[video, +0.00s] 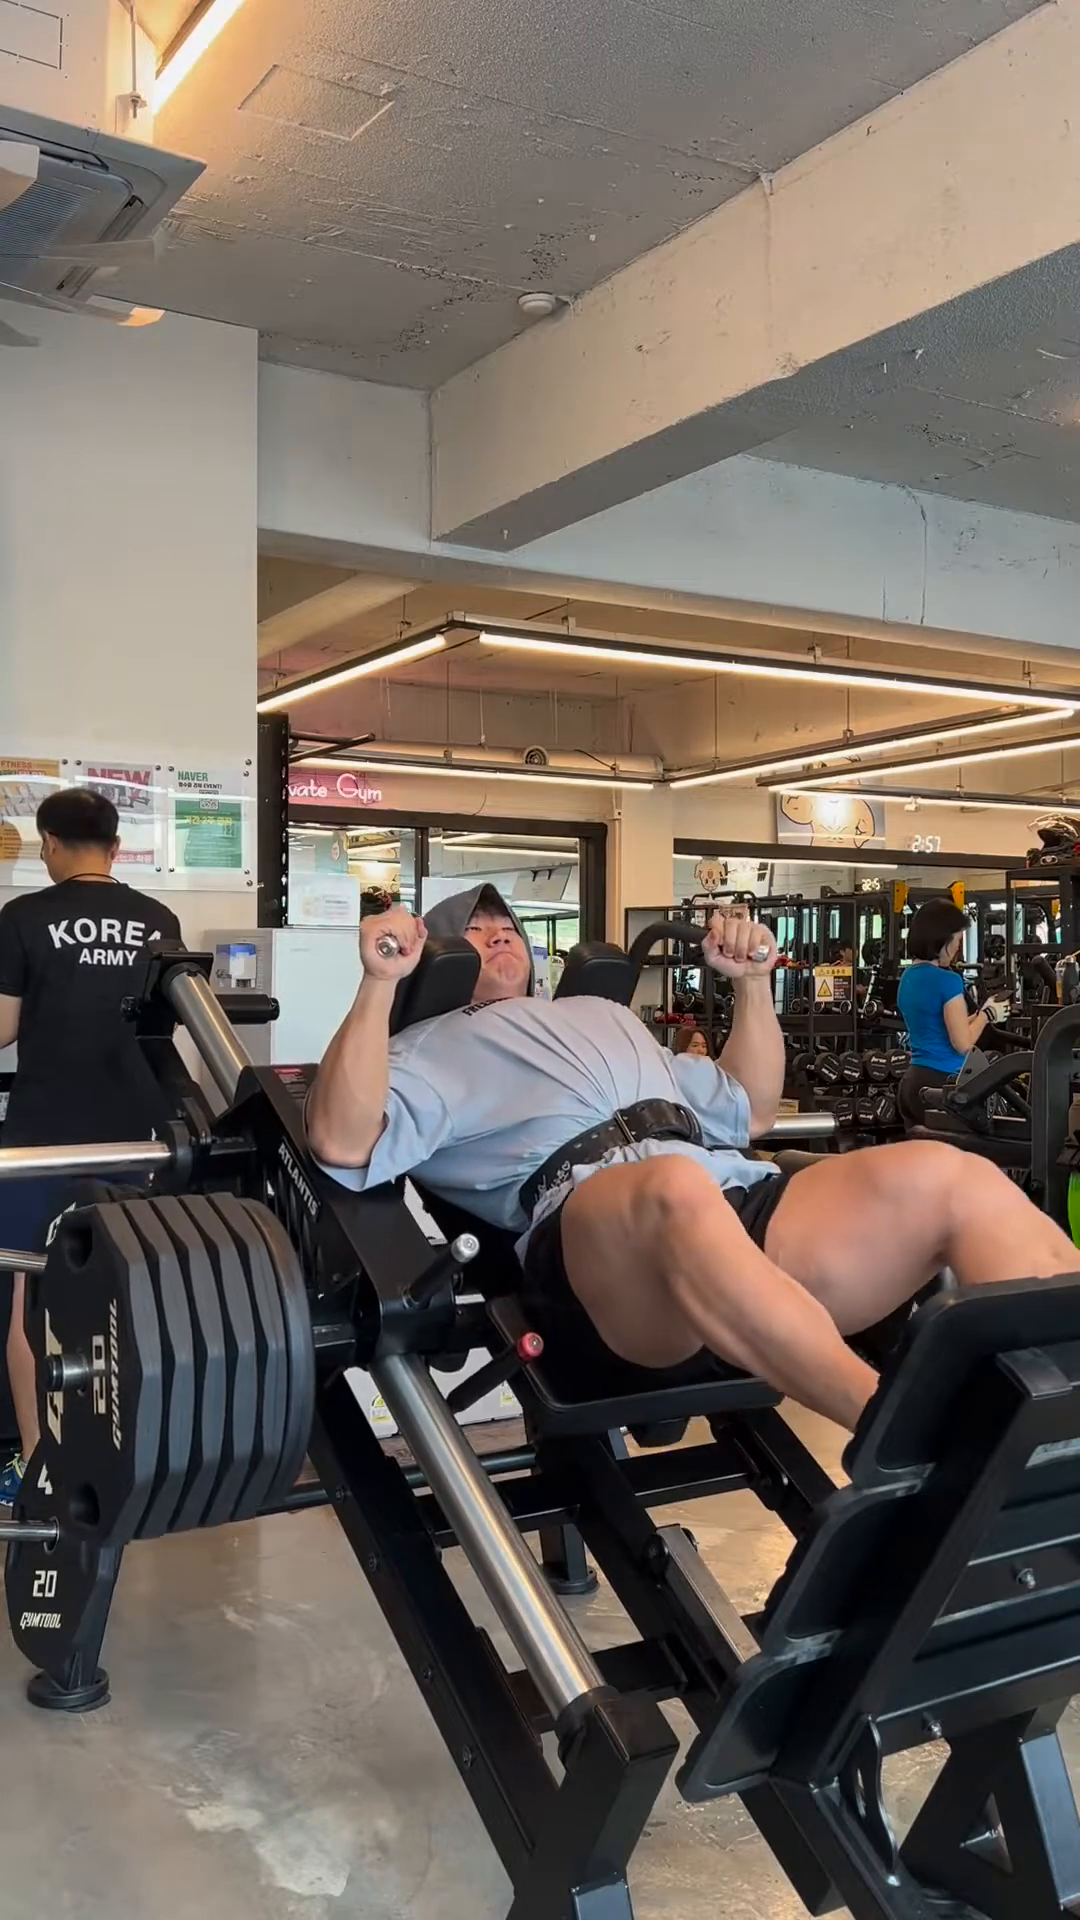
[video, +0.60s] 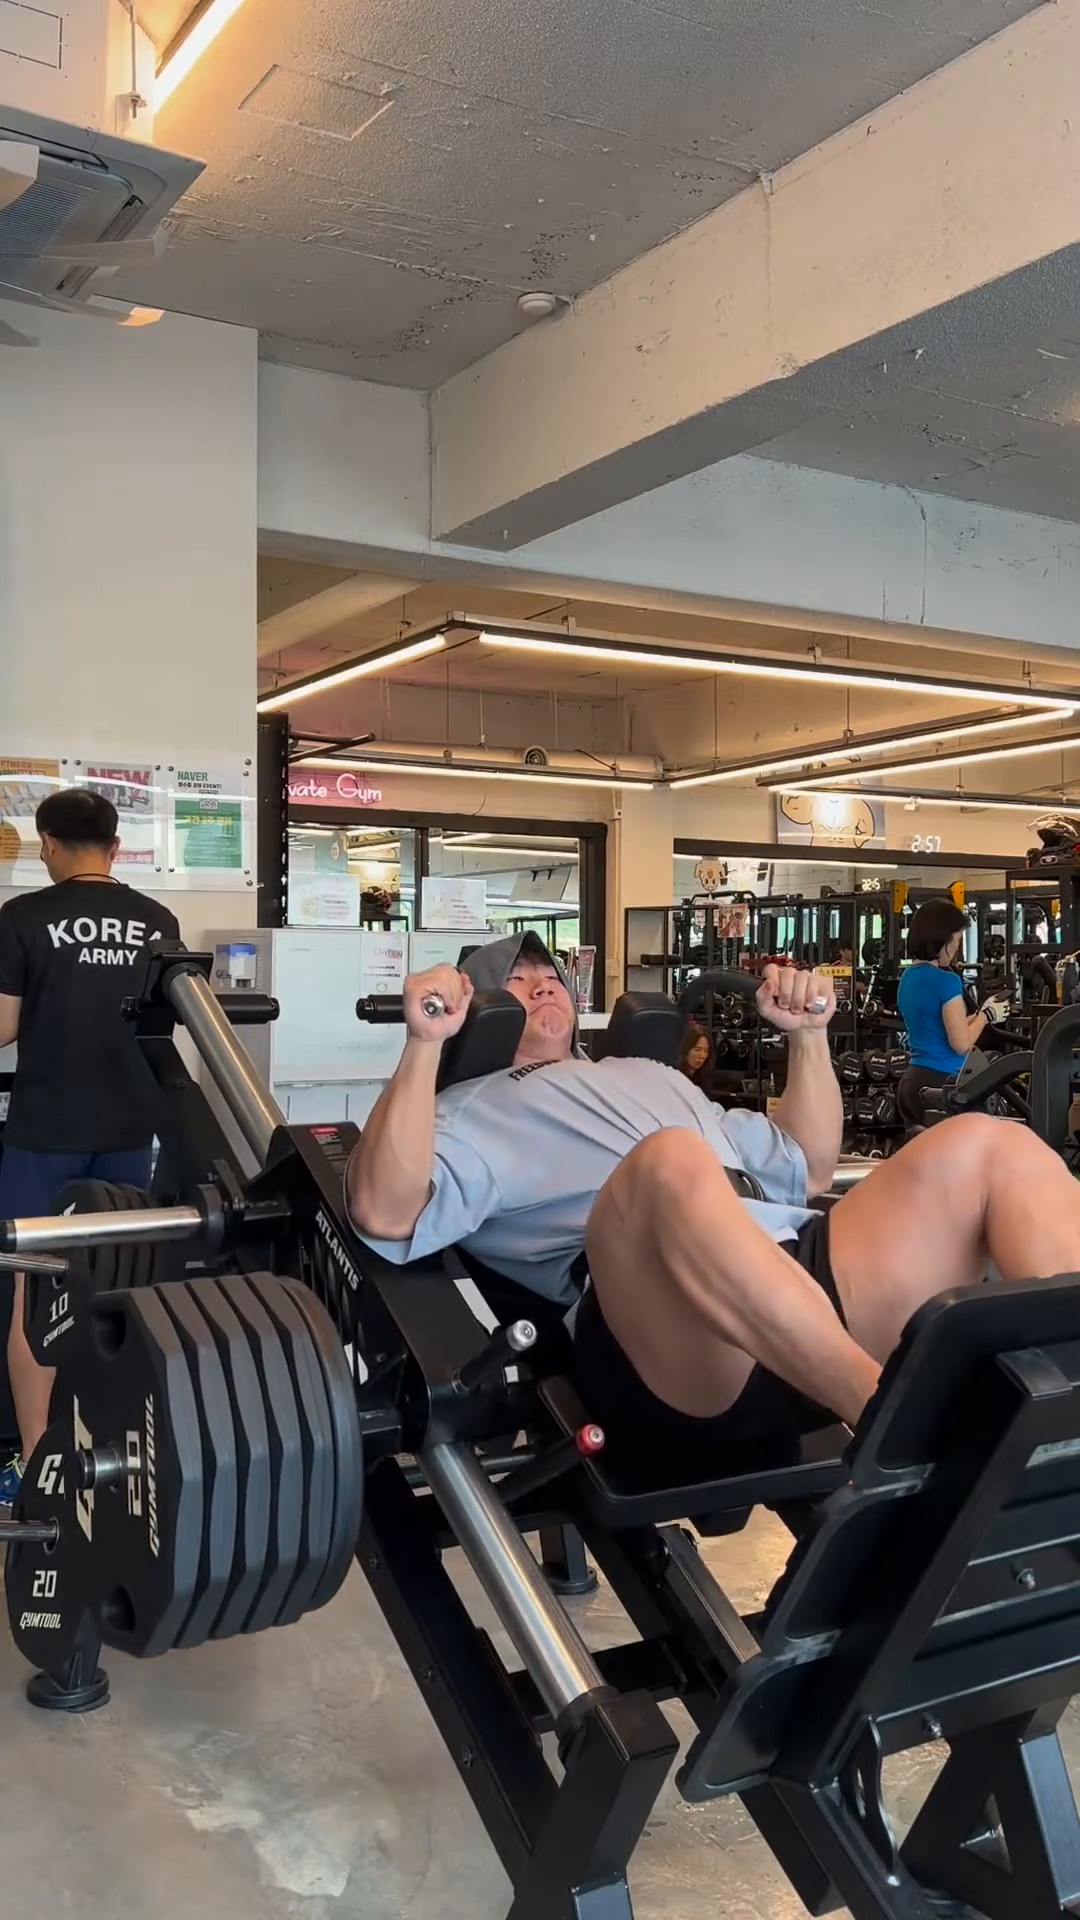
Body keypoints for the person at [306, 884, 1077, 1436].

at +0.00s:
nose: (498, 938)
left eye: (507, 928)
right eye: (474, 935)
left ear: (530, 951)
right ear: (443, 974)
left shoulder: (606, 1021)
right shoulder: (433, 1053)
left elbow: (750, 1107)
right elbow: (342, 1142)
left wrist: (750, 982)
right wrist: (377, 987)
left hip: (745, 1217)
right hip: (590, 1266)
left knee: (950, 1177)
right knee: (672, 1190)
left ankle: (1076, 1383)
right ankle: (898, 1428)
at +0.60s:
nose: (540, 984)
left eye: (547, 973)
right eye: (516, 978)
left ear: (571, 1003)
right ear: (477, 1024)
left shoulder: (654, 1078)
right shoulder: (470, 1115)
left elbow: (804, 1170)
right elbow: (383, 1216)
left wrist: (806, 1035)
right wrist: (424, 1047)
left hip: (813, 1307)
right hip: (663, 1370)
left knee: (995, 1153)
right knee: (671, 1166)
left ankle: (1068, 1391)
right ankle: (886, 1412)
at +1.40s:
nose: (605, 1053)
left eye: (610, 1039)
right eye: (574, 1043)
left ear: (634, 1070)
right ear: (534, 1082)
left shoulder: (727, 1164)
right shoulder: (529, 1207)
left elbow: (879, 1238)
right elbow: (446, 1324)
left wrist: (889, 1117)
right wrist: (491, 1136)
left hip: (892, 1372)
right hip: (751, 1465)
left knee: (1011, 1146)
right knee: (669, 1169)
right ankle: (887, 1412)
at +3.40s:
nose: (587, 1030)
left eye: (592, 1017)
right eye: (557, 1022)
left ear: (616, 1050)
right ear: (516, 1062)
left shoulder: (685, 1147)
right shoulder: (513, 1179)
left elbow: (857, 1219)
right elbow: (428, 1289)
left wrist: (864, 1094)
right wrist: (475, 1110)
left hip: (878, 1400)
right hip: (727, 1450)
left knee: (992, 1140)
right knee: (691, 1143)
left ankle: (1070, 1396)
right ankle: (898, 1407)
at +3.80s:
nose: (544, 980)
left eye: (552, 972)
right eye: (521, 975)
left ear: (576, 1003)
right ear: (486, 1018)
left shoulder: (646, 1084)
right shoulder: (470, 1120)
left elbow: (808, 1167)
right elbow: (385, 1215)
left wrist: (806, 1038)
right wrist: (427, 1047)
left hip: (811, 1307)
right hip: (667, 1367)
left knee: (994, 1137)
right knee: (682, 1150)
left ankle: (1074, 1377)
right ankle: (894, 1414)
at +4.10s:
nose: (508, 934)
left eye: (514, 927)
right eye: (486, 929)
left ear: (534, 958)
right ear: (451, 972)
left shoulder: (609, 1038)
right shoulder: (429, 1059)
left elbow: (757, 1116)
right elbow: (347, 1150)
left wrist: (755, 991)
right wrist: (383, 995)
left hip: (749, 1221)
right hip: (595, 1266)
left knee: (959, 1161)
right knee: (667, 1173)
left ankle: (1071, 1382)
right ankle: (897, 1423)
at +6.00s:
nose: (470, 898)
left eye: (480, 893)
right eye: (449, 893)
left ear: (506, 923)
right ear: (418, 932)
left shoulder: (578, 990)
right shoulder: (406, 1017)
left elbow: (716, 1076)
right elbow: (317, 1103)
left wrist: (720, 956)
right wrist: (352, 953)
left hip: (701, 1158)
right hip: (566, 1174)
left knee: (863, 1219)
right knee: (698, 1264)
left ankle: (1057, 1348)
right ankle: (896, 1436)